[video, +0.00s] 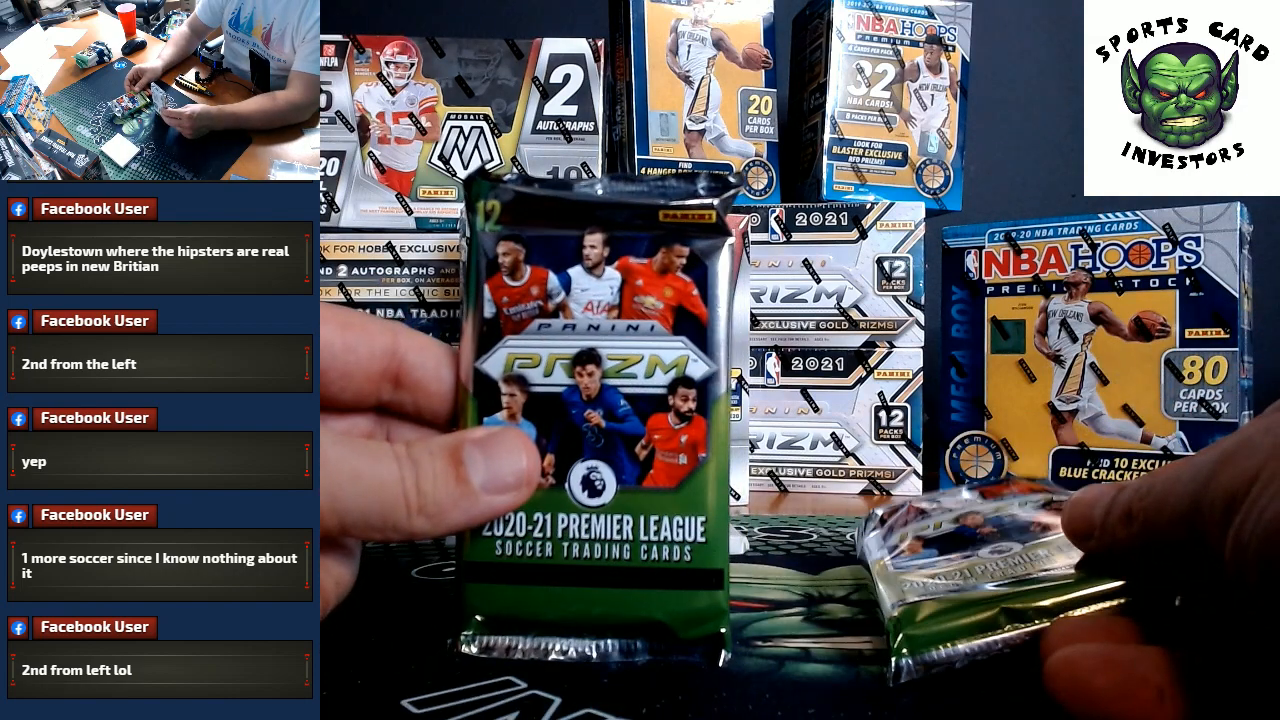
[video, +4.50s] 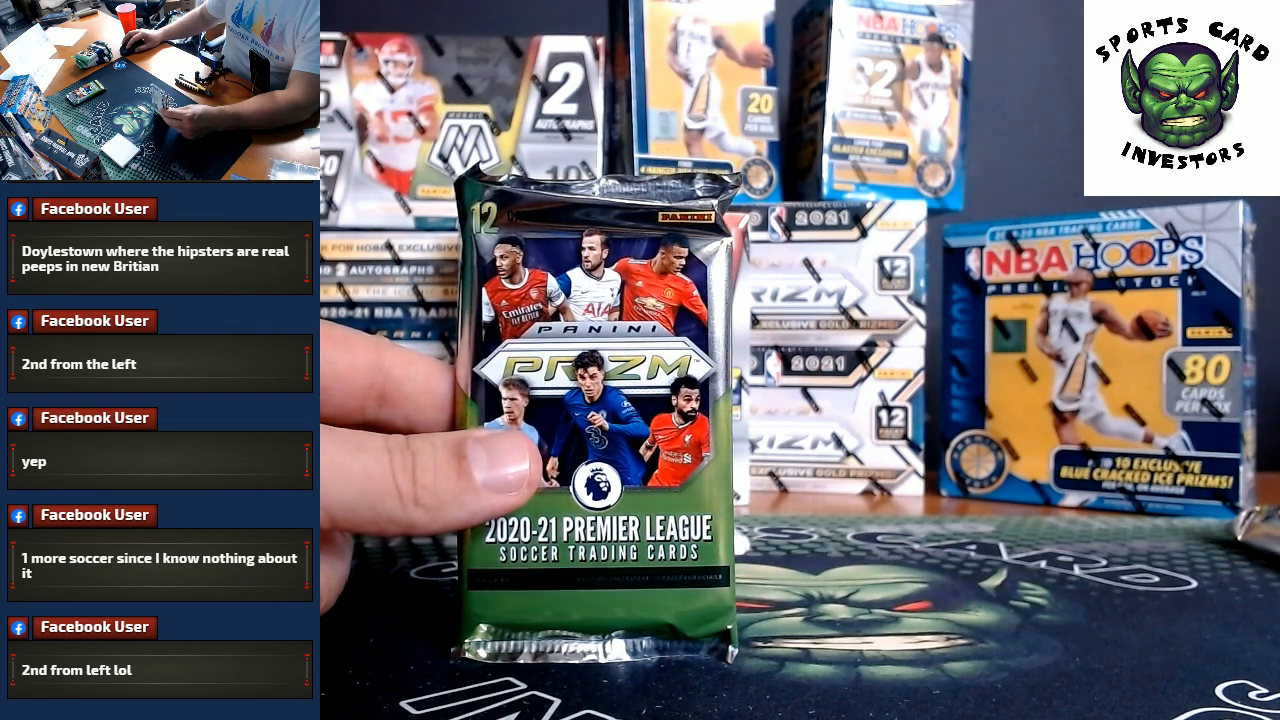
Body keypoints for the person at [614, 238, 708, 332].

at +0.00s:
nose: (683, 263)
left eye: (685, 258)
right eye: (679, 257)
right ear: (663, 253)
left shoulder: (684, 285)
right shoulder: (628, 265)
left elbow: (707, 318)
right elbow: (601, 285)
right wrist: (610, 308)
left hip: (661, 346)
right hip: (627, 343)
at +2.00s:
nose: (690, 263)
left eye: (692, 258)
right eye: (685, 258)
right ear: (669, 254)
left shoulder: (691, 287)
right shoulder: (634, 267)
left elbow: (716, 322)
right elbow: (606, 285)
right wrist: (619, 311)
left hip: (668, 348)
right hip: (633, 345)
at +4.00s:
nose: (686, 262)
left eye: (687, 257)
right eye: (681, 256)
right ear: (665, 252)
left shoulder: (688, 285)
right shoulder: (630, 266)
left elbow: (712, 319)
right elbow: (602, 284)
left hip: (666, 344)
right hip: (631, 341)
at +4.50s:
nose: (683, 263)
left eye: (685, 258)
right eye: (678, 258)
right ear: (662, 254)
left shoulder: (684, 285)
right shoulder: (628, 267)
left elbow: (708, 319)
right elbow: (600, 286)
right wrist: (613, 310)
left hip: (663, 345)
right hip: (629, 342)